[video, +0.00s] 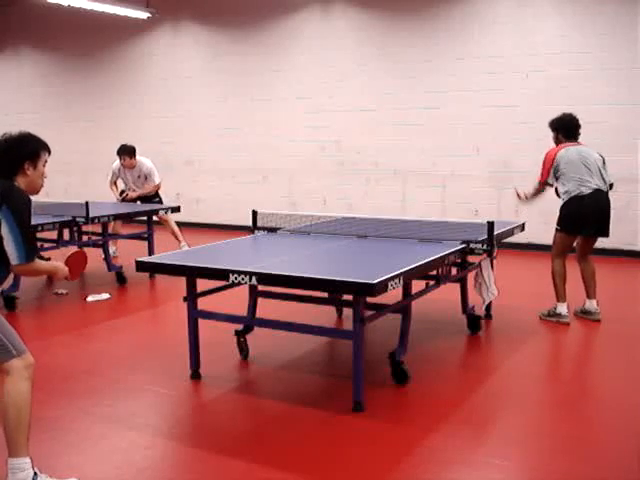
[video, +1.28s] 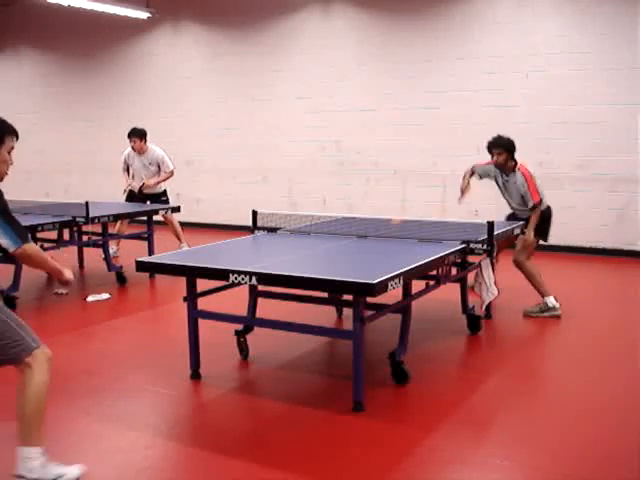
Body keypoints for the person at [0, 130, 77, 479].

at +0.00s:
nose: (45, 174)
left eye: (45, 166)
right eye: (42, 166)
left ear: (21, 166)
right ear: (26, 167)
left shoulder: (8, 196)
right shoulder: (13, 199)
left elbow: (17, 258)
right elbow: (19, 263)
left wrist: (47, 265)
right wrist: (52, 267)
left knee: (17, 363)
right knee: (20, 363)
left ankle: (20, 467)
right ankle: (20, 469)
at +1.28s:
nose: (10, 161)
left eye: (12, 153)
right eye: (8, 152)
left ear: (5, 153)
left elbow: (16, 242)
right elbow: (19, 248)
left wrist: (51, 263)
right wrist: (57, 270)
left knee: (34, 356)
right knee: (37, 357)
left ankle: (30, 459)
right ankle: (31, 460)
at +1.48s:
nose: (62, 180)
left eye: (63, 171)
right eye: (58, 170)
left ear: (28, 167)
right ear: (37, 168)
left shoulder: (4, 187)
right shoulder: (22, 196)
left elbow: (21, 236)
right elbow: (71, 241)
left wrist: (46, 261)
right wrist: (80, 272)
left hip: (6, 311)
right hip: (6, 313)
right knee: (74, 362)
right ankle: (89, 464)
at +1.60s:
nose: (93, 205)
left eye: (95, 199)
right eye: (92, 197)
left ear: (51, 183)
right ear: (74, 189)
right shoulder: (66, 212)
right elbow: (119, 240)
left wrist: (114, 269)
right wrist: (123, 271)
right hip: (16, 321)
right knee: (92, 362)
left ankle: (91, 463)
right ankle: (92, 465)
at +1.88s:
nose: (65, 178)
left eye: (65, 170)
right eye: (63, 170)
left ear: (19, 166)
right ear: (48, 171)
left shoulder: (6, 194)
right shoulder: (53, 201)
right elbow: (130, 218)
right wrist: (165, 239)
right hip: (13, 327)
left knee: (76, 363)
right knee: (78, 365)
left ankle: (92, 463)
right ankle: (92, 464)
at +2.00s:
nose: (10, 127)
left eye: (8, 118)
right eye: (7, 118)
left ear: (2, 119)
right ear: (1, 119)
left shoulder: (5, 166)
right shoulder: (2, 166)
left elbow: (47, 211)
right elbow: (55, 216)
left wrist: (80, 225)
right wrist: (92, 228)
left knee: (26, 389)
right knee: (25, 389)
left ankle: (77, 465)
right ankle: (78, 466)